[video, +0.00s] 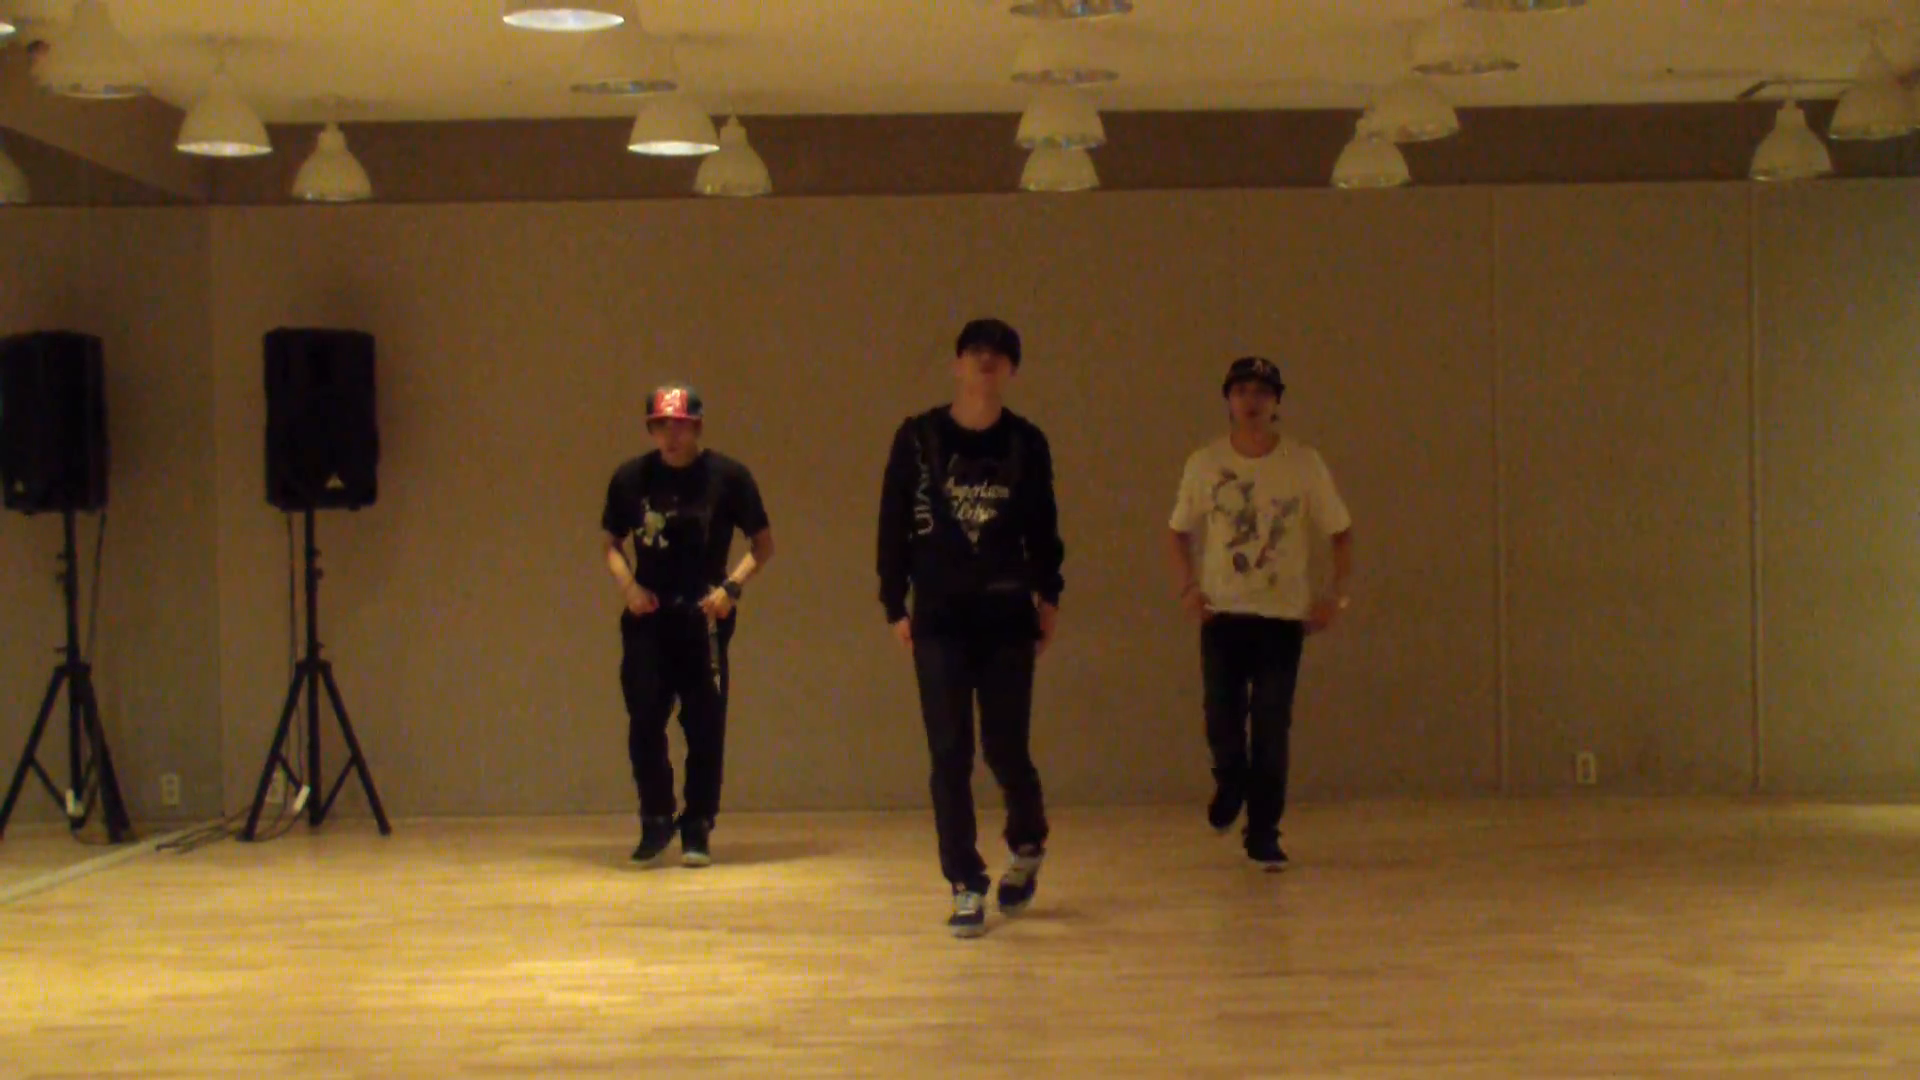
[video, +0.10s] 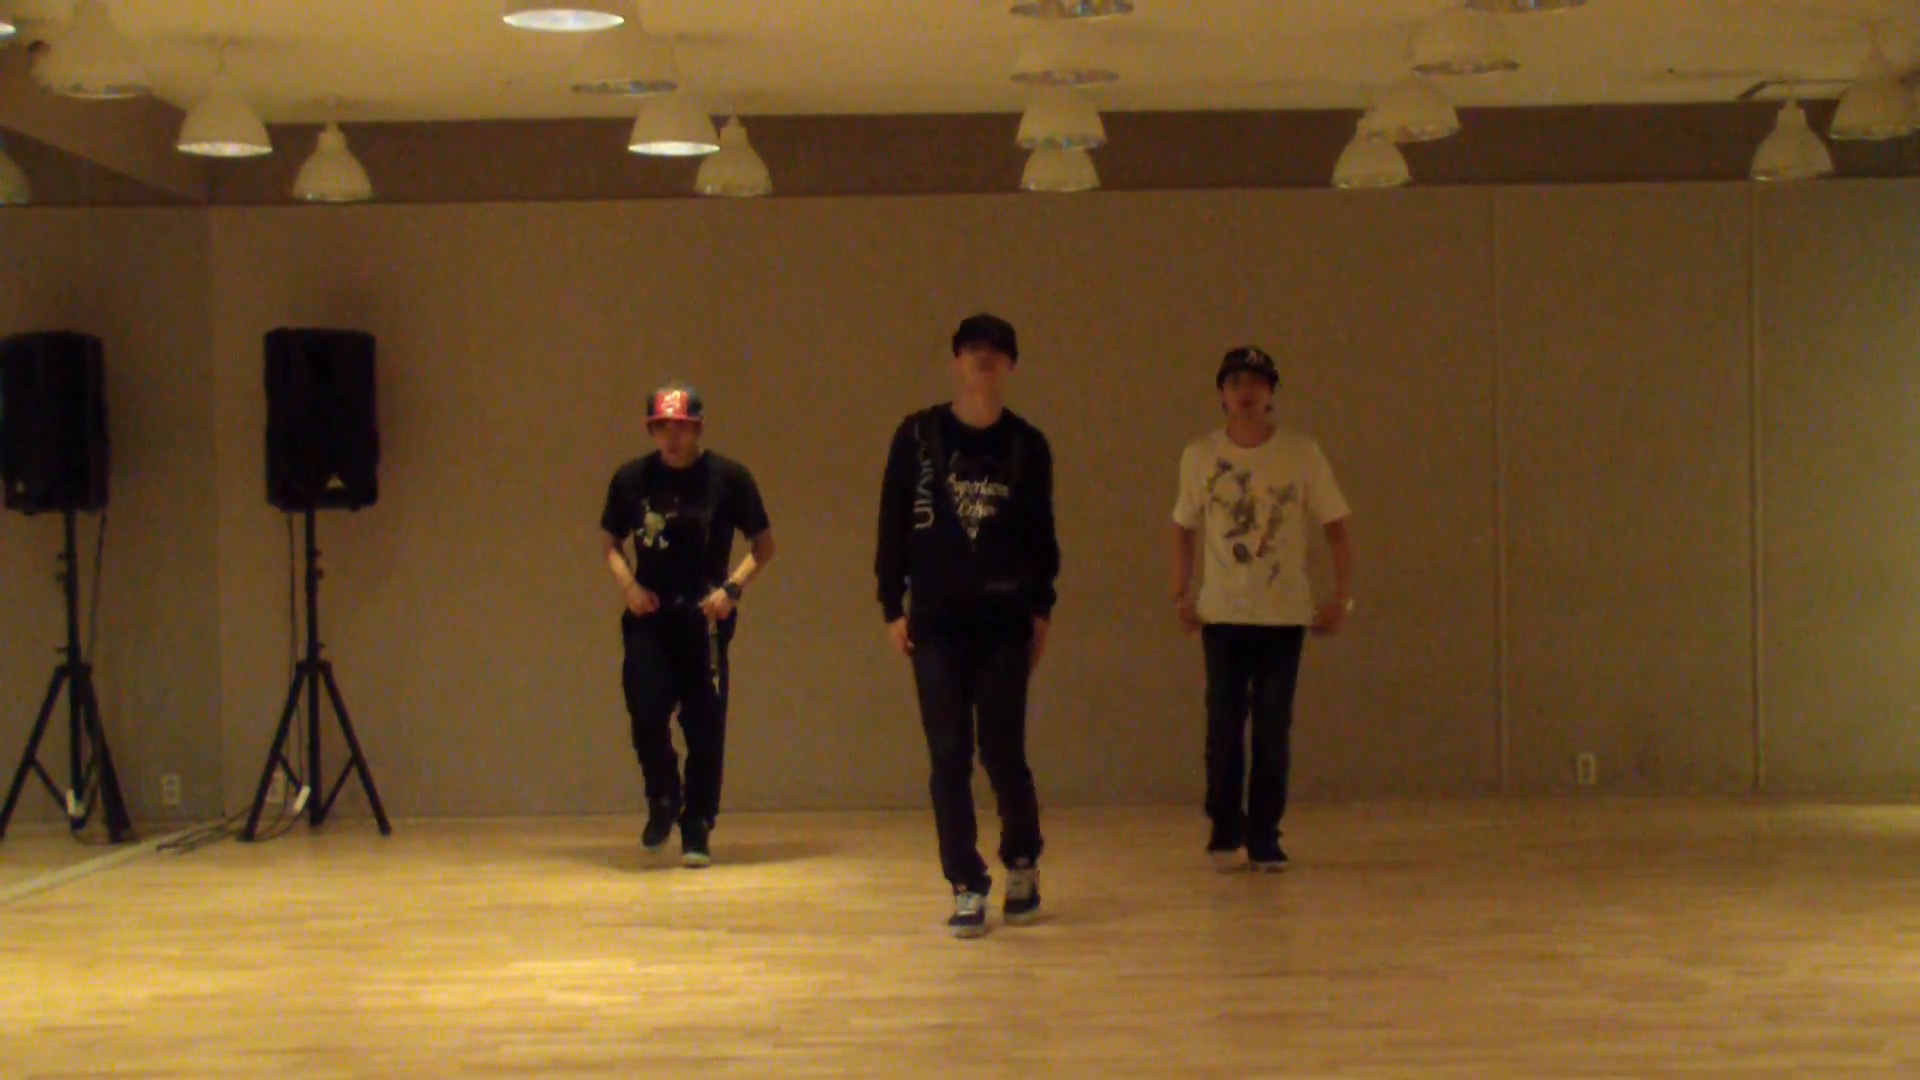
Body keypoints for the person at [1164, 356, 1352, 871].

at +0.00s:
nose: (1251, 401)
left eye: (1261, 393)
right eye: (1242, 393)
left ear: (1277, 401)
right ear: (1227, 400)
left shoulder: (1302, 462)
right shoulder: (1204, 463)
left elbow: (1339, 530)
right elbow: (1178, 531)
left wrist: (1335, 596)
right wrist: (1188, 588)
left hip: (1282, 617)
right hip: (1222, 615)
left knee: (1271, 726)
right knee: (1220, 718)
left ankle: (1264, 831)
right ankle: (1230, 784)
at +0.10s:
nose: (1246, 393)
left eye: (1256, 383)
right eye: (1236, 383)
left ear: (1273, 391)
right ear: (1221, 392)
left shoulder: (1302, 452)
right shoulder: (1200, 456)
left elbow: (1336, 526)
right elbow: (1183, 529)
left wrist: (1341, 595)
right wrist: (1180, 593)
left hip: (1283, 614)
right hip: (1221, 613)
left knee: (1272, 730)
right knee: (1223, 727)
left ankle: (1265, 835)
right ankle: (1224, 828)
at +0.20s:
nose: (1243, 390)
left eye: (1253, 380)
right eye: (1234, 381)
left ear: (1270, 388)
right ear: (1219, 391)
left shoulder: (1300, 450)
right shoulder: (1198, 456)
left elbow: (1327, 530)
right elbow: (1184, 535)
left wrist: (1333, 605)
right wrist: (1182, 605)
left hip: (1283, 614)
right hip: (1219, 615)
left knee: (1273, 733)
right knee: (1225, 733)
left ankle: (1267, 838)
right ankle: (1229, 844)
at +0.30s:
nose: (1240, 395)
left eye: (1250, 386)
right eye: (1230, 387)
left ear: (1267, 394)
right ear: (1216, 397)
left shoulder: (1298, 457)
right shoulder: (1196, 460)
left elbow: (1324, 535)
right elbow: (1182, 537)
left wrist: (1320, 612)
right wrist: (1185, 609)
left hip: (1282, 619)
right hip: (1219, 619)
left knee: (1274, 736)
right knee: (1225, 736)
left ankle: (1267, 839)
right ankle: (1231, 845)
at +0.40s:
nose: (1239, 398)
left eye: (1248, 389)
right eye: (1229, 390)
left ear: (1266, 399)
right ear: (1215, 400)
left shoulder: (1297, 461)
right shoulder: (1192, 462)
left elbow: (1327, 517)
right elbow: (1178, 525)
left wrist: (1310, 578)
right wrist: (1187, 586)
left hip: (1280, 620)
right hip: (1217, 619)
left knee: (1274, 735)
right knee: (1226, 736)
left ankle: (1267, 837)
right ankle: (1232, 845)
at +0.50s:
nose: (1240, 404)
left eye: (1249, 396)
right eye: (1229, 396)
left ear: (1265, 406)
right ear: (1215, 408)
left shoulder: (1295, 464)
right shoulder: (1190, 466)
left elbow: (1319, 508)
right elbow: (1176, 519)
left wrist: (1299, 550)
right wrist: (1181, 572)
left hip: (1278, 617)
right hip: (1217, 619)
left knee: (1279, 729)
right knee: (1231, 732)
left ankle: (1266, 831)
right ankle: (1234, 844)